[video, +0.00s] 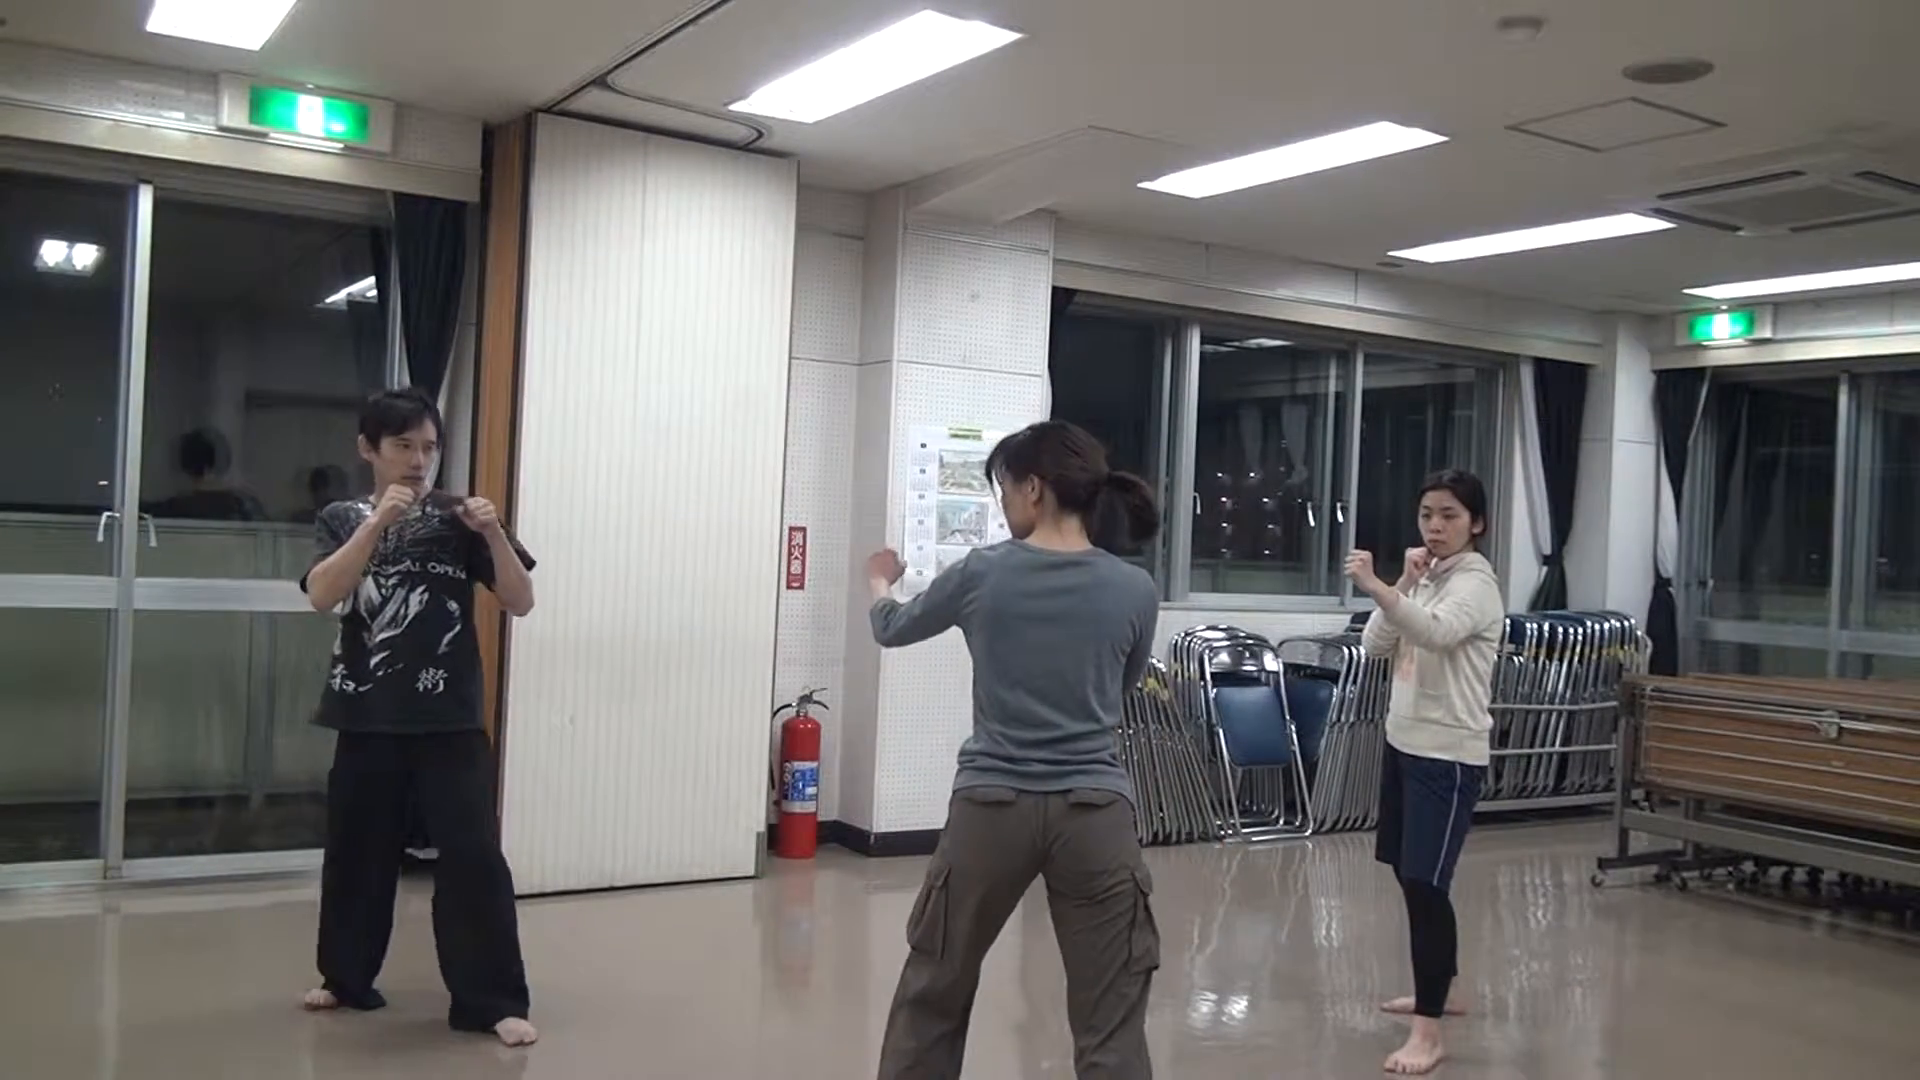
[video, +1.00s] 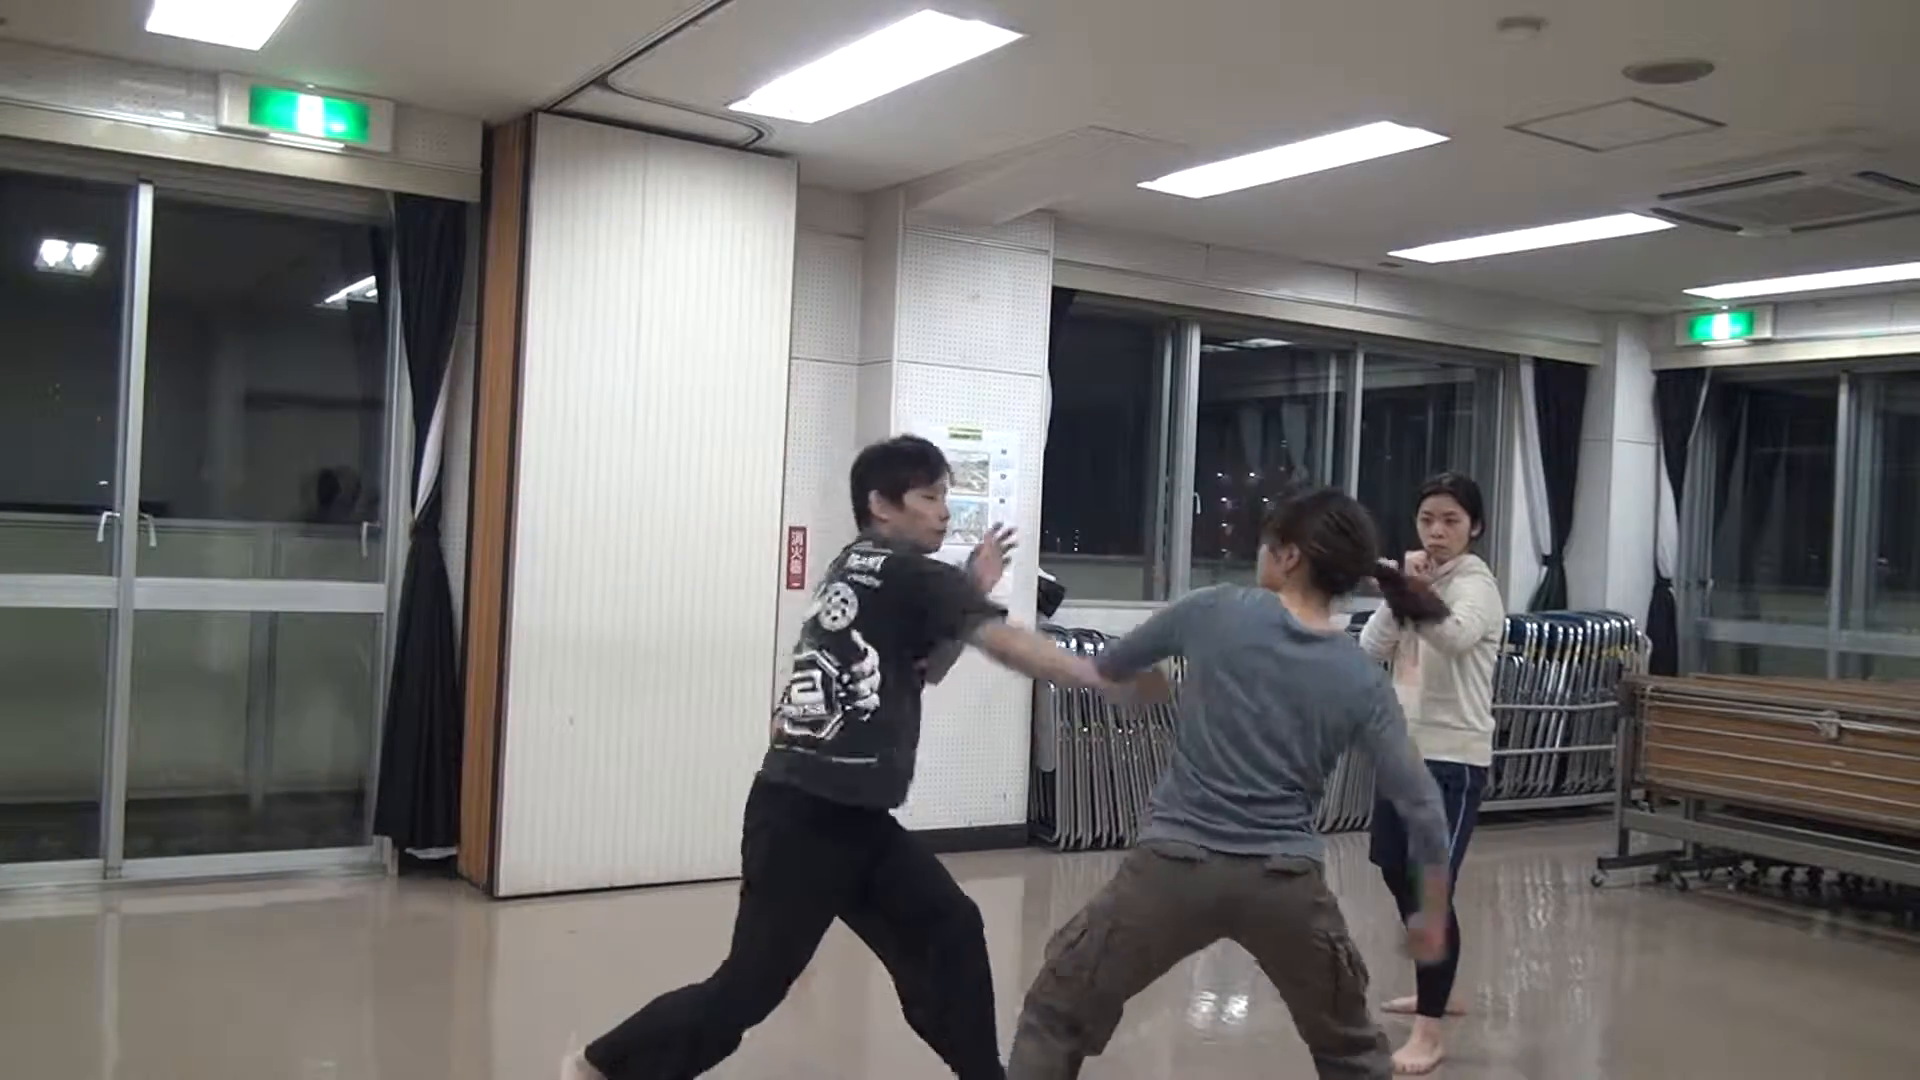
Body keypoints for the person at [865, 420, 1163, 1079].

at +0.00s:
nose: (1002, 507)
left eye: (1005, 491)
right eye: (1001, 492)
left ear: (1036, 490)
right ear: (1085, 494)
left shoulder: (983, 571)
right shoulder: (1136, 587)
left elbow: (895, 627)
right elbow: (1124, 682)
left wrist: (879, 585)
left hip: (992, 810)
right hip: (1097, 811)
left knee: (935, 987)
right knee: (1110, 1012)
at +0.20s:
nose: (997, 509)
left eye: (1002, 494)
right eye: (997, 494)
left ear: (1033, 497)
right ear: (1078, 500)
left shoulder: (979, 578)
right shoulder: (1131, 591)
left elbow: (890, 634)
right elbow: (1122, 684)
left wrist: (886, 591)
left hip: (992, 818)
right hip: (1098, 818)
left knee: (931, 990)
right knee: (1121, 1010)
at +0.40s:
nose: (1017, 543)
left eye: (1021, 529)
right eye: (1017, 529)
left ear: (1048, 536)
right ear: (1098, 537)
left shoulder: (992, 616)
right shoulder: (1147, 629)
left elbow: (903, 669)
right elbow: (1144, 721)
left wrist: (916, 628)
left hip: (1021, 864)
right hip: (1131, 860)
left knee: (920, 1010)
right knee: (1209, 1021)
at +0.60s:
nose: (1142, 555)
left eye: (1150, 543)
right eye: (1144, 543)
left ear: (1186, 549)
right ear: (1210, 552)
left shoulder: (1135, 631)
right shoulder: (1261, 648)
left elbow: (1044, 725)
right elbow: (1225, 731)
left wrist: (1002, 714)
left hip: (1132, 879)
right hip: (1231, 881)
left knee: (1010, 1024)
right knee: (1300, 1043)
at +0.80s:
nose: (1230, 565)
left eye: (1238, 552)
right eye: (1233, 552)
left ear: (1271, 562)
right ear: (1303, 567)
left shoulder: (1202, 628)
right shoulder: (1345, 671)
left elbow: (1076, 643)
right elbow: (1319, 763)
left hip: (1174, 876)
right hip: (1284, 888)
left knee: (1054, 1035)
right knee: (1347, 1052)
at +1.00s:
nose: (1260, 555)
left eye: (1268, 546)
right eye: (1267, 544)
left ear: (1291, 559)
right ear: (1345, 573)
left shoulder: (1213, 612)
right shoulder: (1361, 679)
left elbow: (1111, 660)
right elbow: (1422, 805)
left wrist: (1161, 687)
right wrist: (1434, 912)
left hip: (1172, 870)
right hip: (1284, 885)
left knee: (1054, 1019)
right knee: (1350, 1045)